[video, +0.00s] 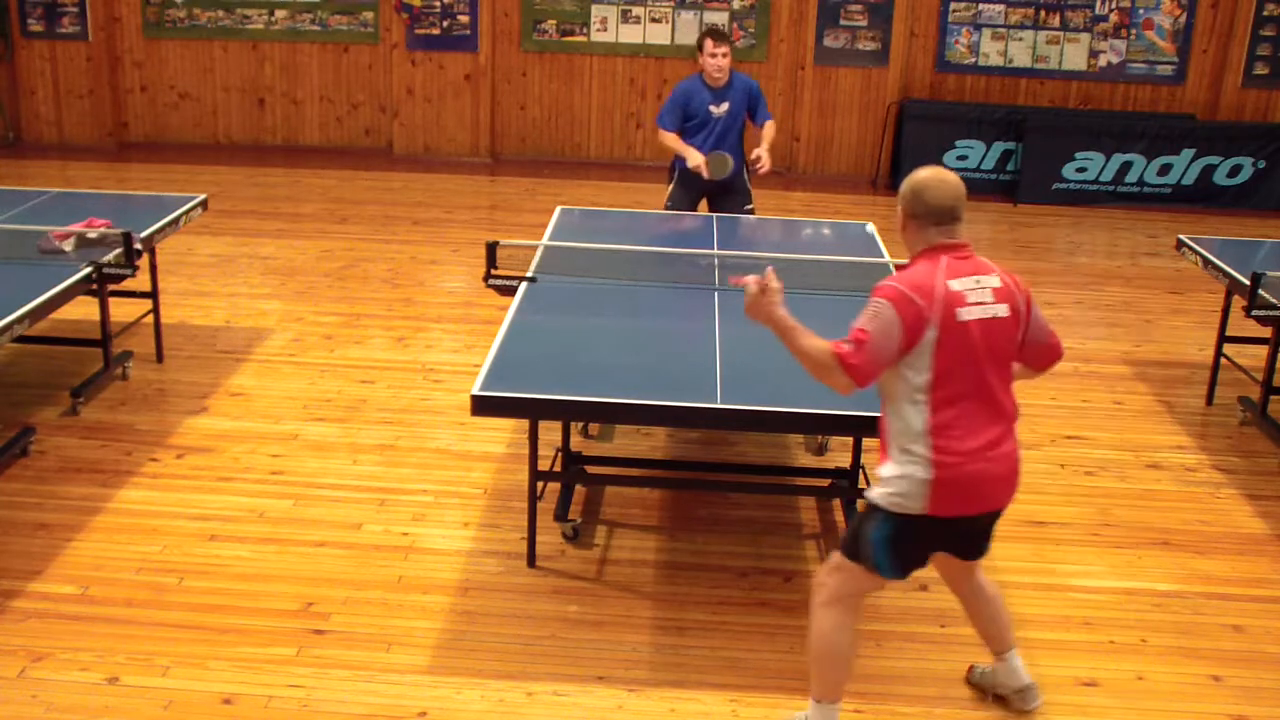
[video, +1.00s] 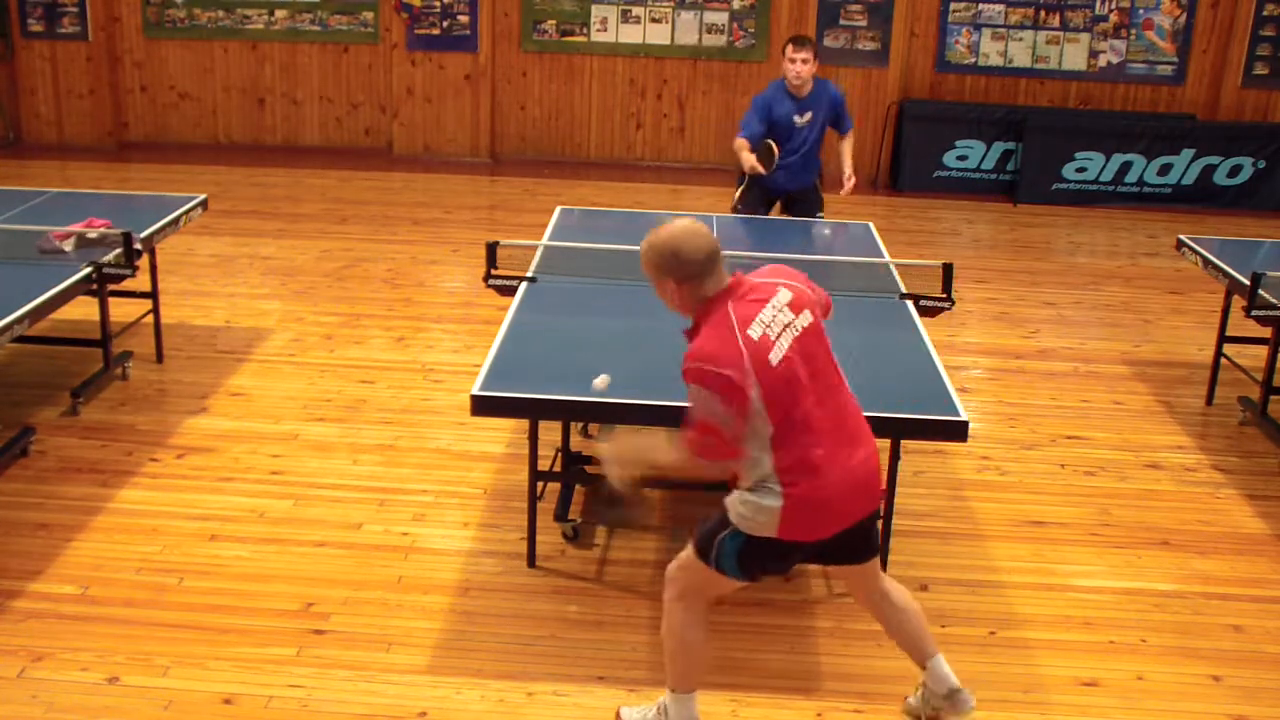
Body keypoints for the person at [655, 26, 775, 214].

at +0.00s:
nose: (719, 62)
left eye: (724, 56)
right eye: (712, 56)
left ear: (731, 58)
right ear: (700, 58)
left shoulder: (746, 88)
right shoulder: (685, 91)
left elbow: (767, 122)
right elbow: (665, 134)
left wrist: (764, 147)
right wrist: (689, 153)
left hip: (732, 175)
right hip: (691, 174)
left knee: (744, 235)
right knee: (672, 230)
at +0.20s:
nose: (750, 76)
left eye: (755, 69)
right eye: (744, 69)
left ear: (761, 68)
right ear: (730, 68)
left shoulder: (769, 90)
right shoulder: (714, 93)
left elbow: (793, 119)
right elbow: (700, 146)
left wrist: (804, 143)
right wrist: (740, 155)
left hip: (736, 168)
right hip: (701, 164)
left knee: (742, 228)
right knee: (699, 216)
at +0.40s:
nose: (775, 104)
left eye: (779, 98)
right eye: (768, 98)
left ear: (783, 95)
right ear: (750, 93)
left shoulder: (777, 107)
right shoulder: (729, 116)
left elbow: (805, 114)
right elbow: (723, 171)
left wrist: (836, 132)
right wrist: (768, 169)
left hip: (736, 176)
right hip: (703, 176)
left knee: (742, 234)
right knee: (712, 236)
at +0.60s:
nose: (780, 112)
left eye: (786, 105)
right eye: (774, 105)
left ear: (791, 103)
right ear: (758, 102)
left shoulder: (785, 113)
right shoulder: (740, 127)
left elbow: (793, 100)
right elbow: (705, 170)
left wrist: (817, 116)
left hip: (753, 187)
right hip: (722, 185)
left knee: (753, 235)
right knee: (728, 234)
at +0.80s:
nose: (786, 89)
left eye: (793, 83)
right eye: (780, 82)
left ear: (800, 85)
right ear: (769, 83)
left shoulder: (804, 103)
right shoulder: (752, 113)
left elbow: (806, 124)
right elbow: (715, 147)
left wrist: (820, 155)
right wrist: (715, 162)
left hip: (773, 182)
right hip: (739, 185)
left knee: (789, 234)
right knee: (740, 243)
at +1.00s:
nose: (797, 68)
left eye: (804, 62)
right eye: (792, 61)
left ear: (815, 66)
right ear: (783, 63)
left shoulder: (828, 95)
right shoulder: (768, 99)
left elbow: (845, 131)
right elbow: (742, 138)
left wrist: (847, 168)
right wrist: (745, 155)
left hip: (804, 181)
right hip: (764, 178)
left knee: (811, 238)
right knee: (743, 233)